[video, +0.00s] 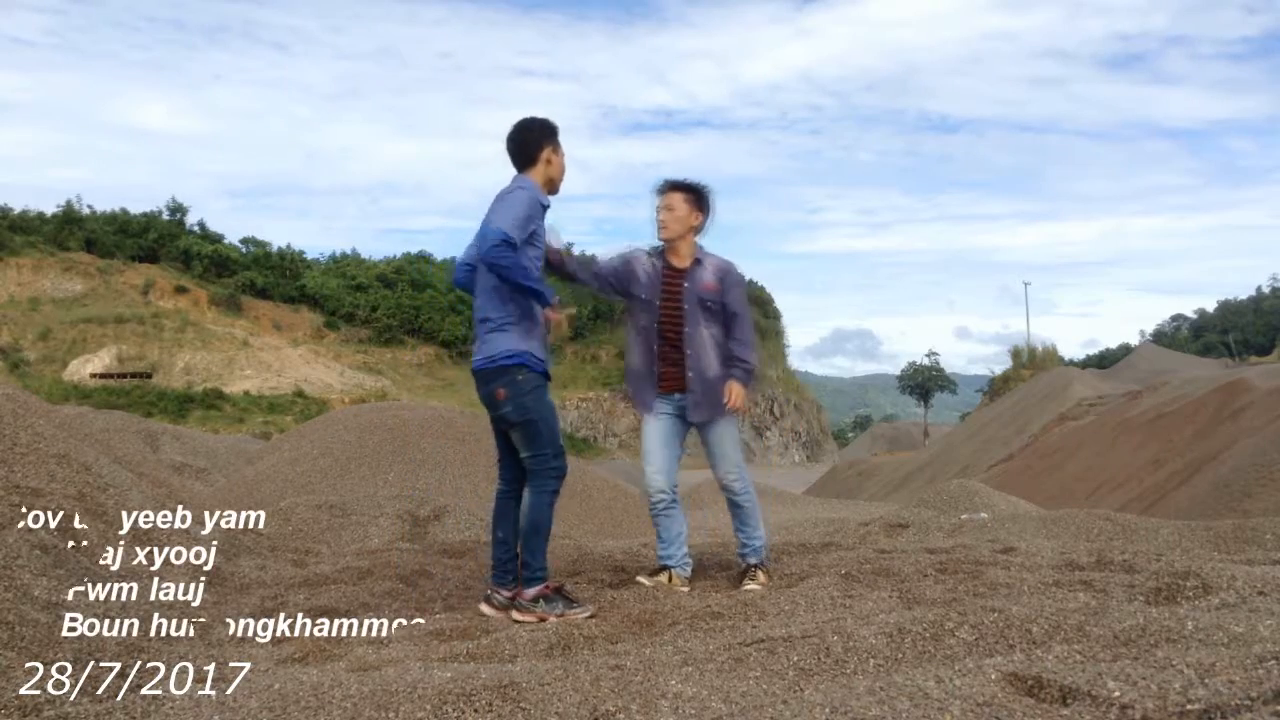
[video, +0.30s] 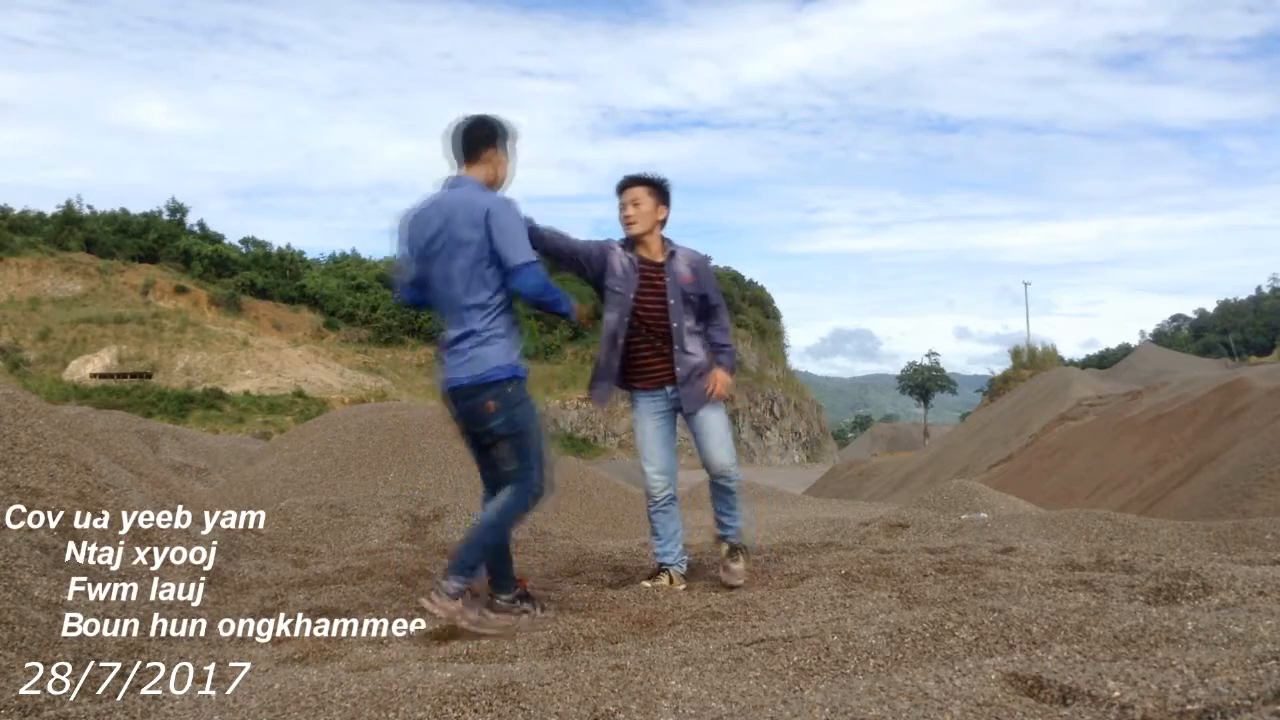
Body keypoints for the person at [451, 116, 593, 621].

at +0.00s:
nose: (565, 165)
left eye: (563, 155)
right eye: (562, 155)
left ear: (523, 158)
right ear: (549, 156)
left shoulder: (503, 202)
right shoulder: (527, 196)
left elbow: (463, 273)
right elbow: (494, 247)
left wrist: (520, 298)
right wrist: (548, 299)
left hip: (493, 364)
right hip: (516, 363)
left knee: (513, 476)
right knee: (547, 469)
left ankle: (504, 586)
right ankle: (534, 588)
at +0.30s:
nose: (509, 166)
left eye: (507, 157)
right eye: (506, 157)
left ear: (463, 157)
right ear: (491, 156)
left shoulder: (420, 216)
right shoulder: (494, 206)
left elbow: (410, 292)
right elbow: (528, 283)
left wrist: (459, 294)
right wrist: (569, 308)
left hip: (458, 378)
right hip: (496, 373)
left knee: (498, 485)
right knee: (529, 482)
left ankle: (504, 593)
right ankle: (453, 586)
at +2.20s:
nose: (552, 167)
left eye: (548, 158)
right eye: (546, 157)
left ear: (519, 165)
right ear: (528, 161)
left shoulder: (521, 227)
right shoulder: (489, 213)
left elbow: (550, 303)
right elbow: (469, 295)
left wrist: (626, 301)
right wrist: (486, 373)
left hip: (507, 394)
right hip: (471, 392)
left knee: (561, 484)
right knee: (442, 498)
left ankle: (555, 594)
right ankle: (366, 617)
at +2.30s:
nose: (582, 169)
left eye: (578, 160)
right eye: (575, 159)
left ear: (552, 167)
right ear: (555, 163)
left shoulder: (553, 234)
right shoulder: (514, 211)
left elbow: (581, 304)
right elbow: (483, 279)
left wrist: (651, 303)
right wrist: (461, 359)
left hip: (533, 392)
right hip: (496, 384)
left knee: (573, 489)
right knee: (475, 492)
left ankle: (557, 595)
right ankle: (399, 606)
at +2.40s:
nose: (606, 168)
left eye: (603, 158)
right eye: (600, 157)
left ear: (576, 165)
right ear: (580, 161)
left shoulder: (575, 239)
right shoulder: (534, 201)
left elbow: (598, 309)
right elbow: (493, 262)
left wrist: (660, 304)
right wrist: (464, 337)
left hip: (548, 383)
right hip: (507, 371)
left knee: (573, 487)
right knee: (507, 485)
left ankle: (556, 595)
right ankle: (445, 602)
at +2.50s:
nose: (614, 163)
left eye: (610, 153)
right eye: (608, 152)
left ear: (585, 159)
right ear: (587, 155)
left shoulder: (585, 233)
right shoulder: (541, 195)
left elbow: (608, 299)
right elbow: (496, 258)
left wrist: (668, 299)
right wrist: (480, 333)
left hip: (555, 376)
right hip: (513, 364)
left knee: (569, 486)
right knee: (520, 482)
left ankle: (556, 593)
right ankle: (468, 599)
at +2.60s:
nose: (606, 156)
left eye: (602, 146)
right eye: (598, 145)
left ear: (575, 153)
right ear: (578, 149)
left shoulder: (585, 225)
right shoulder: (531, 197)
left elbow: (620, 273)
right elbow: (490, 266)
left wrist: (678, 291)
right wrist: (504, 342)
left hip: (559, 375)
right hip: (516, 369)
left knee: (565, 489)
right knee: (518, 484)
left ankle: (556, 593)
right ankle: (464, 601)